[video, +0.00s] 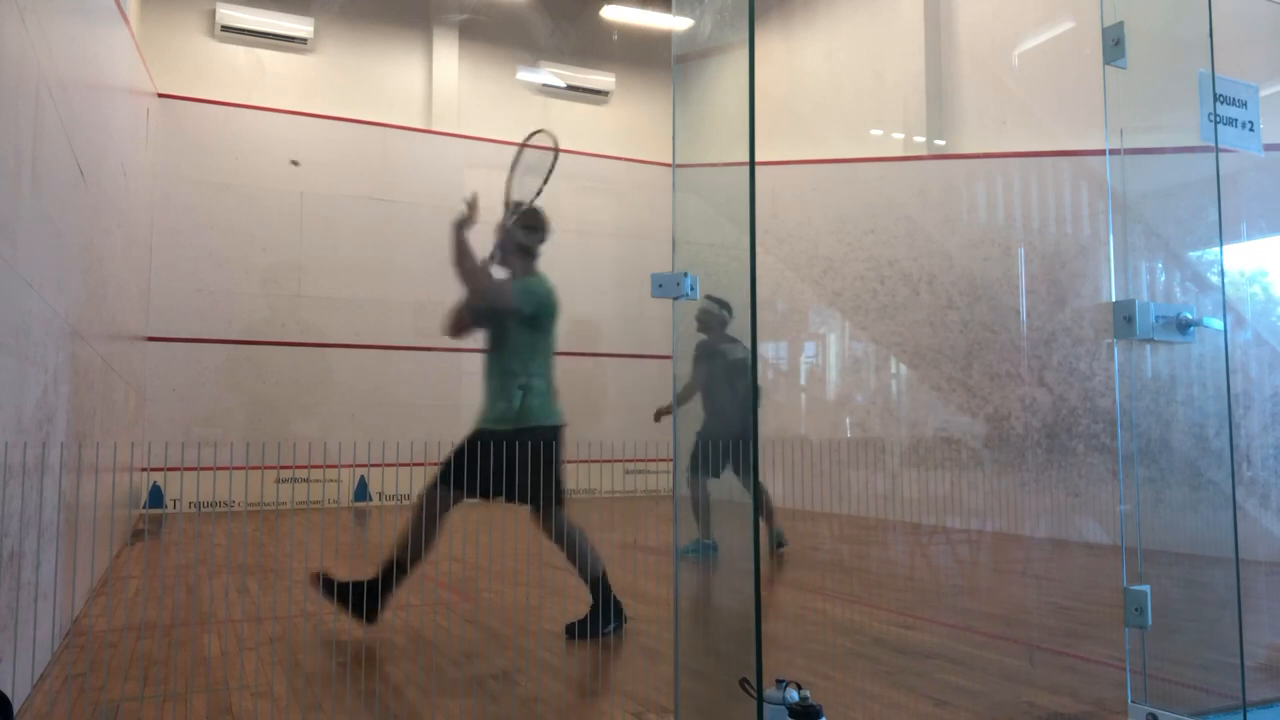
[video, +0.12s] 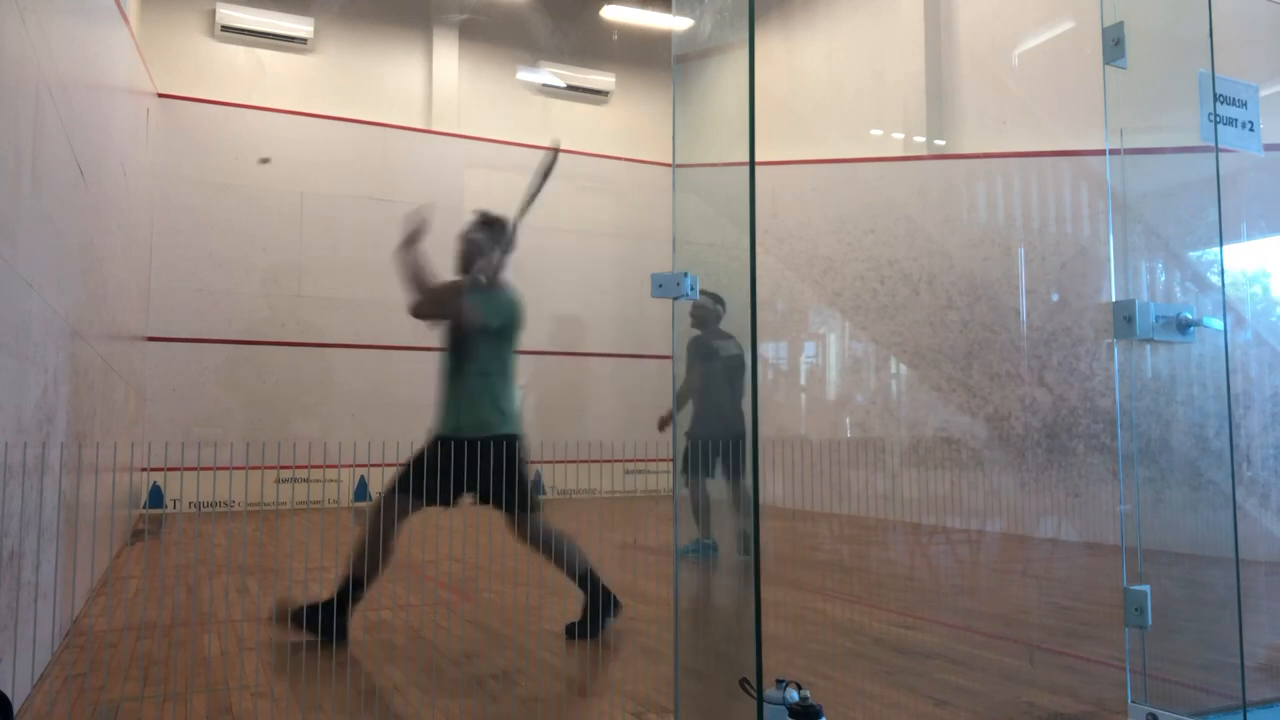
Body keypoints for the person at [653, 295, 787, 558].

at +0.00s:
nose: (697, 318)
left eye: (702, 314)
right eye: (699, 313)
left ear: (713, 320)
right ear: (722, 322)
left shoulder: (706, 347)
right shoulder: (740, 347)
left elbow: (694, 385)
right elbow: (753, 389)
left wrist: (669, 407)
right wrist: (744, 415)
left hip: (717, 425)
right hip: (744, 425)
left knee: (696, 477)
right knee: (750, 479)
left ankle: (705, 539)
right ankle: (775, 532)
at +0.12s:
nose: (691, 313)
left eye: (697, 310)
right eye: (692, 309)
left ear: (711, 315)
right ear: (717, 316)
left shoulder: (698, 344)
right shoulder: (734, 344)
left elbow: (690, 385)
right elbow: (739, 389)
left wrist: (670, 413)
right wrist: (728, 412)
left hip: (706, 425)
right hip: (734, 424)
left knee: (695, 478)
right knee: (737, 481)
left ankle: (705, 539)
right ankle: (745, 536)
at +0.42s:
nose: (678, 319)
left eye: (681, 314)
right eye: (680, 313)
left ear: (687, 317)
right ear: (707, 318)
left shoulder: (685, 341)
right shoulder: (722, 346)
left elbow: (689, 369)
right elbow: (731, 387)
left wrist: (693, 401)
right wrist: (724, 414)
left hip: (689, 423)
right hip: (718, 426)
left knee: (657, 473)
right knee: (712, 485)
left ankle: (675, 529)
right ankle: (705, 546)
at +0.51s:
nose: (674, 322)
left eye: (677, 317)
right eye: (676, 316)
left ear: (684, 318)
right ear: (701, 318)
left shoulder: (680, 342)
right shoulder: (718, 347)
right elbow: (725, 398)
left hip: (684, 423)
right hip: (716, 425)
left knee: (653, 478)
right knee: (719, 486)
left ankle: (647, 538)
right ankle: (710, 542)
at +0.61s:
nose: (676, 327)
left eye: (678, 322)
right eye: (680, 323)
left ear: (679, 323)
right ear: (700, 327)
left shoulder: (670, 348)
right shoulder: (713, 356)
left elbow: (669, 379)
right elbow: (722, 400)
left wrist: (668, 402)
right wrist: (717, 424)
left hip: (682, 432)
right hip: (716, 434)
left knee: (650, 483)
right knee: (732, 488)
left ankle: (637, 549)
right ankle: (731, 548)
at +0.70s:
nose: (688, 339)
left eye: (687, 335)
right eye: (697, 338)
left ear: (684, 336)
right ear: (707, 341)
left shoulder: (673, 361)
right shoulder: (717, 368)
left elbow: (663, 387)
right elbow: (730, 407)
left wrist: (658, 422)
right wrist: (734, 437)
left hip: (685, 440)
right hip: (719, 442)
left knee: (644, 486)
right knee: (737, 492)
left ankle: (635, 551)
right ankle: (764, 543)